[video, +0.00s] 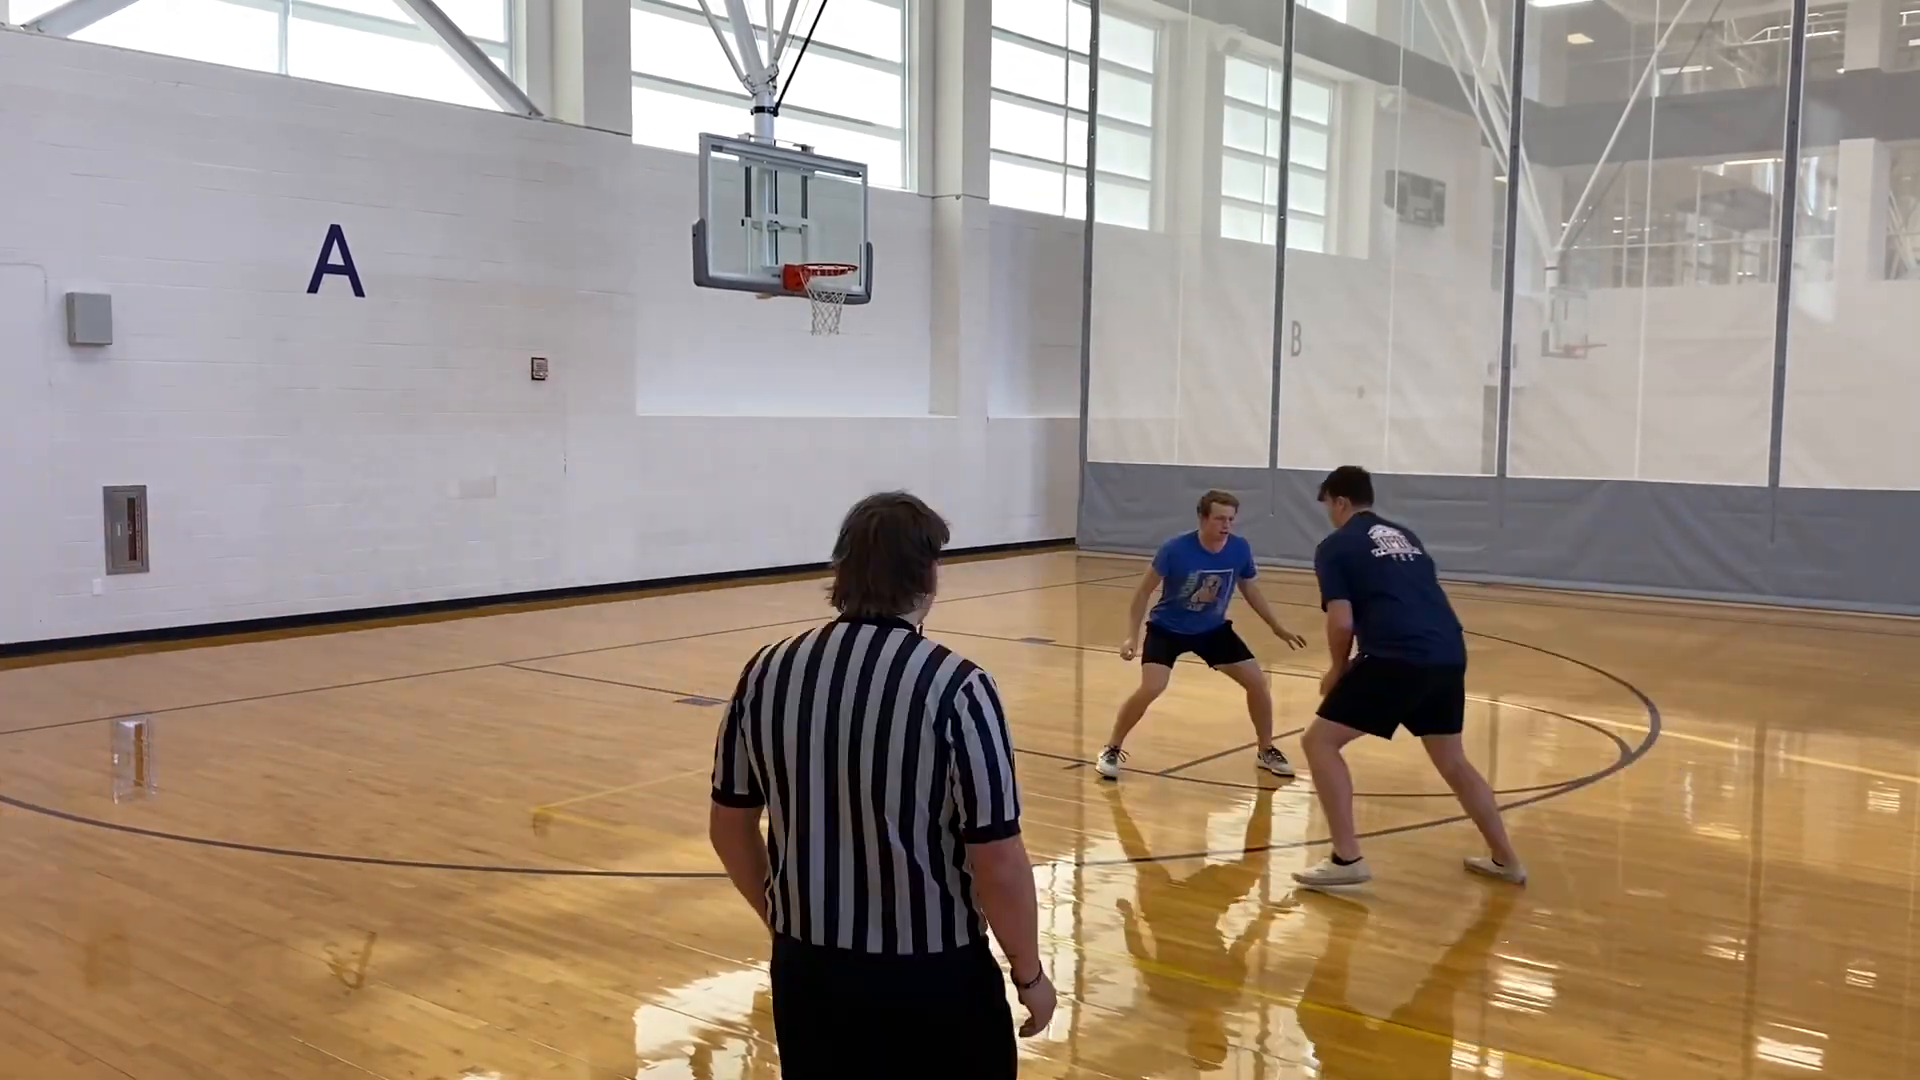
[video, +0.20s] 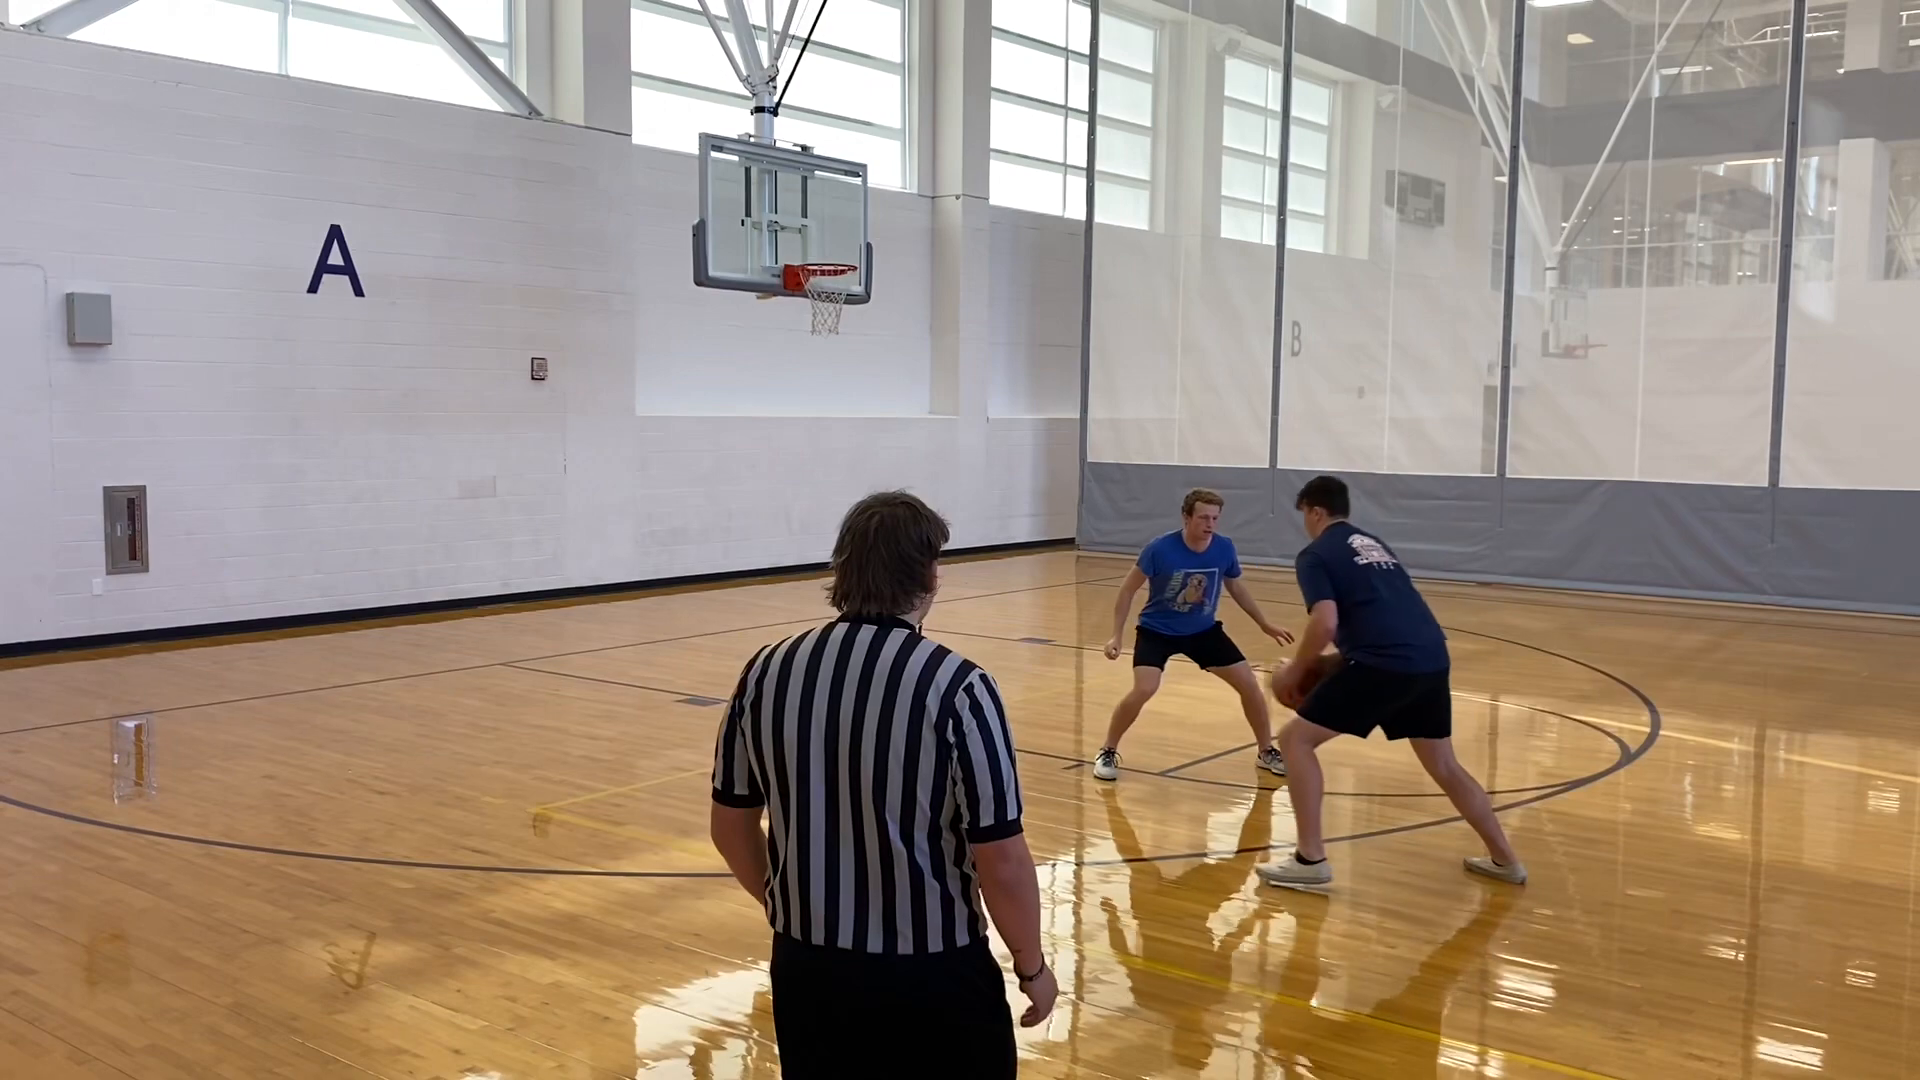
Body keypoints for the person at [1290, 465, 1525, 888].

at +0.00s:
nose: (1328, 512)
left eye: (1328, 504)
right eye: (1327, 504)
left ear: (1340, 503)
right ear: (1368, 503)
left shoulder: (1335, 546)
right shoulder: (1402, 533)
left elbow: (1342, 622)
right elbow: (1418, 602)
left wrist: (1337, 669)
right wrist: (1365, 656)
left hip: (1393, 660)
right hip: (1447, 660)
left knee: (1320, 742)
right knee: (1454, 762)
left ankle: (1347, 857)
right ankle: (1507, 859)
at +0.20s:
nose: (1305, 523)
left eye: (1304, 515)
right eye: (1305, 515)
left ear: (1316, 513)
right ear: (1343, 511)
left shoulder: (1316, 554)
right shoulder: (1371, 543)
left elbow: (1324, 622)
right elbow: (1385, 622)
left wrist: (1297, 669)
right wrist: (1332, 664)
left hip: (1378, 667)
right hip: (1431, 665)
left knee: (1296, 741)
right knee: (1445, 766)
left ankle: (1310, 857)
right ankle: (1507, 859)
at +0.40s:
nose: (1268, 527)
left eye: (1268, 518)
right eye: (1266, 519)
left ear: (1279, 515)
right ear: (1305, 514)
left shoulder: (1286, 554)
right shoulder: (1333, 543)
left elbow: (1293, 616)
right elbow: (1334, 624)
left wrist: (1243, 643)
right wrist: (1274, 656)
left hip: (1351, 665)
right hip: (1405, 663)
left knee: (1269, 740)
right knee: (1442, 769)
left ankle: (1291, 856)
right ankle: (1506, 858)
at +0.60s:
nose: (1227, 528)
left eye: (1226, 520)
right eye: (1226, 520)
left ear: (1240, 517)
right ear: (1261, 514)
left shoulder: (1251, 555)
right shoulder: (1292, 542)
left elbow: (1248, 622)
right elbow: (1315, 607)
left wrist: (1197, 626)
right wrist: (1266, 643)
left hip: (1315, 666)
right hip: (1366, 662)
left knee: (1250, 747)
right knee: (1411, 761)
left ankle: (1292, 858)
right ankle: (1492, 844)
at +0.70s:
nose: (1205, 529)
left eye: (1205, 521)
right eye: (1204, 522)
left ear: (1217, 518)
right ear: (1240, 514)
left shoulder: (1232, 559)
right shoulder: (1272, 541)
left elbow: (1221, 629)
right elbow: (1299, 605)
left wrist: (1174, 621)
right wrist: (1254, 646)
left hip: (1298, 665)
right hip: (1347, 659)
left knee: (1241, 750)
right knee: (1381, 760)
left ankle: (1292, 858)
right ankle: (1474, 834)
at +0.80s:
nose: (1185, 531)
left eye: (1184, 524)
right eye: (1184, 524)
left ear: (1196, 520)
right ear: (1220, 515)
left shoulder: (1212, 562)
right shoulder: (1252, 541)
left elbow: (1196, 637)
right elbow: (1285, 607)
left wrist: (1150, 626)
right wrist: (1247, 652)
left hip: (1283, 664)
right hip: (1330, 658)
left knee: (1235, 754)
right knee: (1344, 760)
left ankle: (1291, 856)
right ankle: (1447, 817)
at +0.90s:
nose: (1168, 535)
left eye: (1168, 527)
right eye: (1168, 527)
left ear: (1179, 522)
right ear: (1200, 516)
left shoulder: (1192, 563)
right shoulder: (1236, 541)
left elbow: (1171, 641)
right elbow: (1267, 603)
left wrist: (1125, 639)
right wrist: (1235, 654)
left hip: (1268, 663)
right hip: (1313, 658)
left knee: (1228, 757)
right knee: (1303, 756)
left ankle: (1291, 855)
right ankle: (1408, 800)